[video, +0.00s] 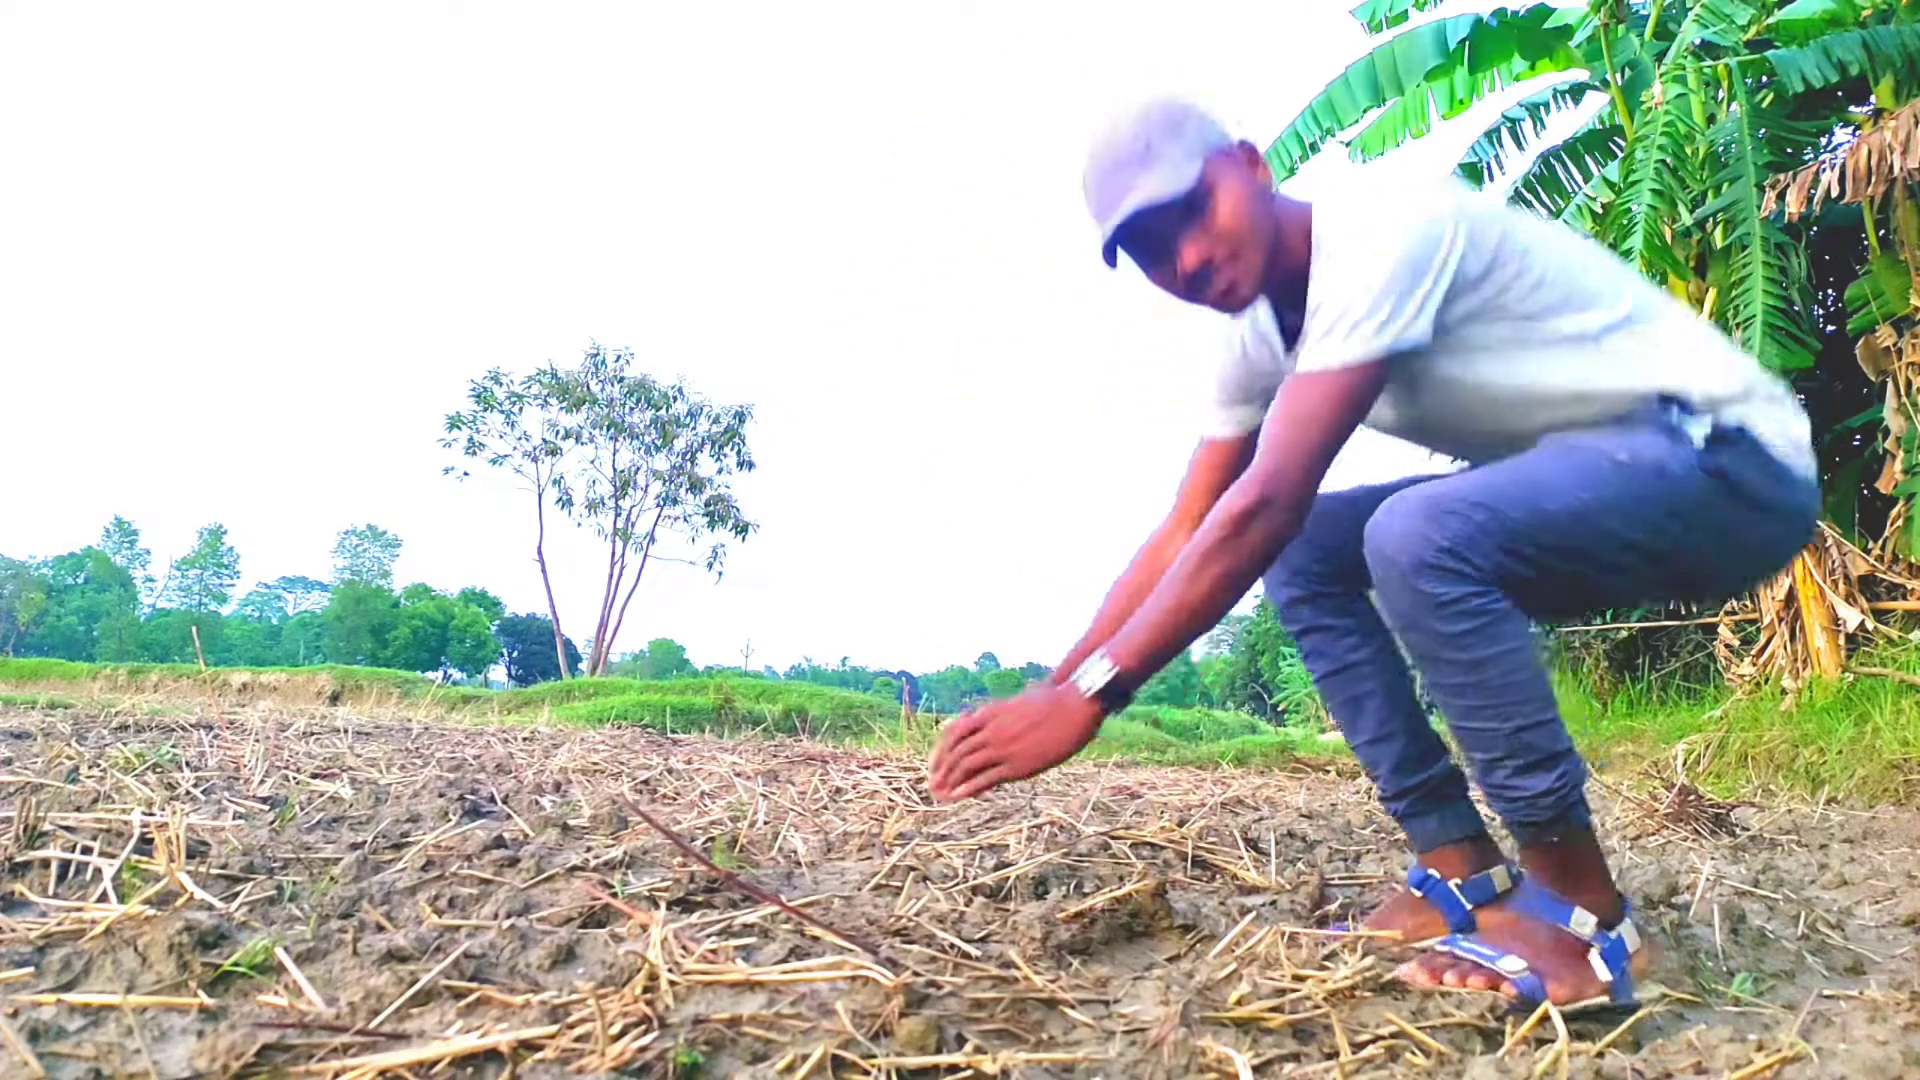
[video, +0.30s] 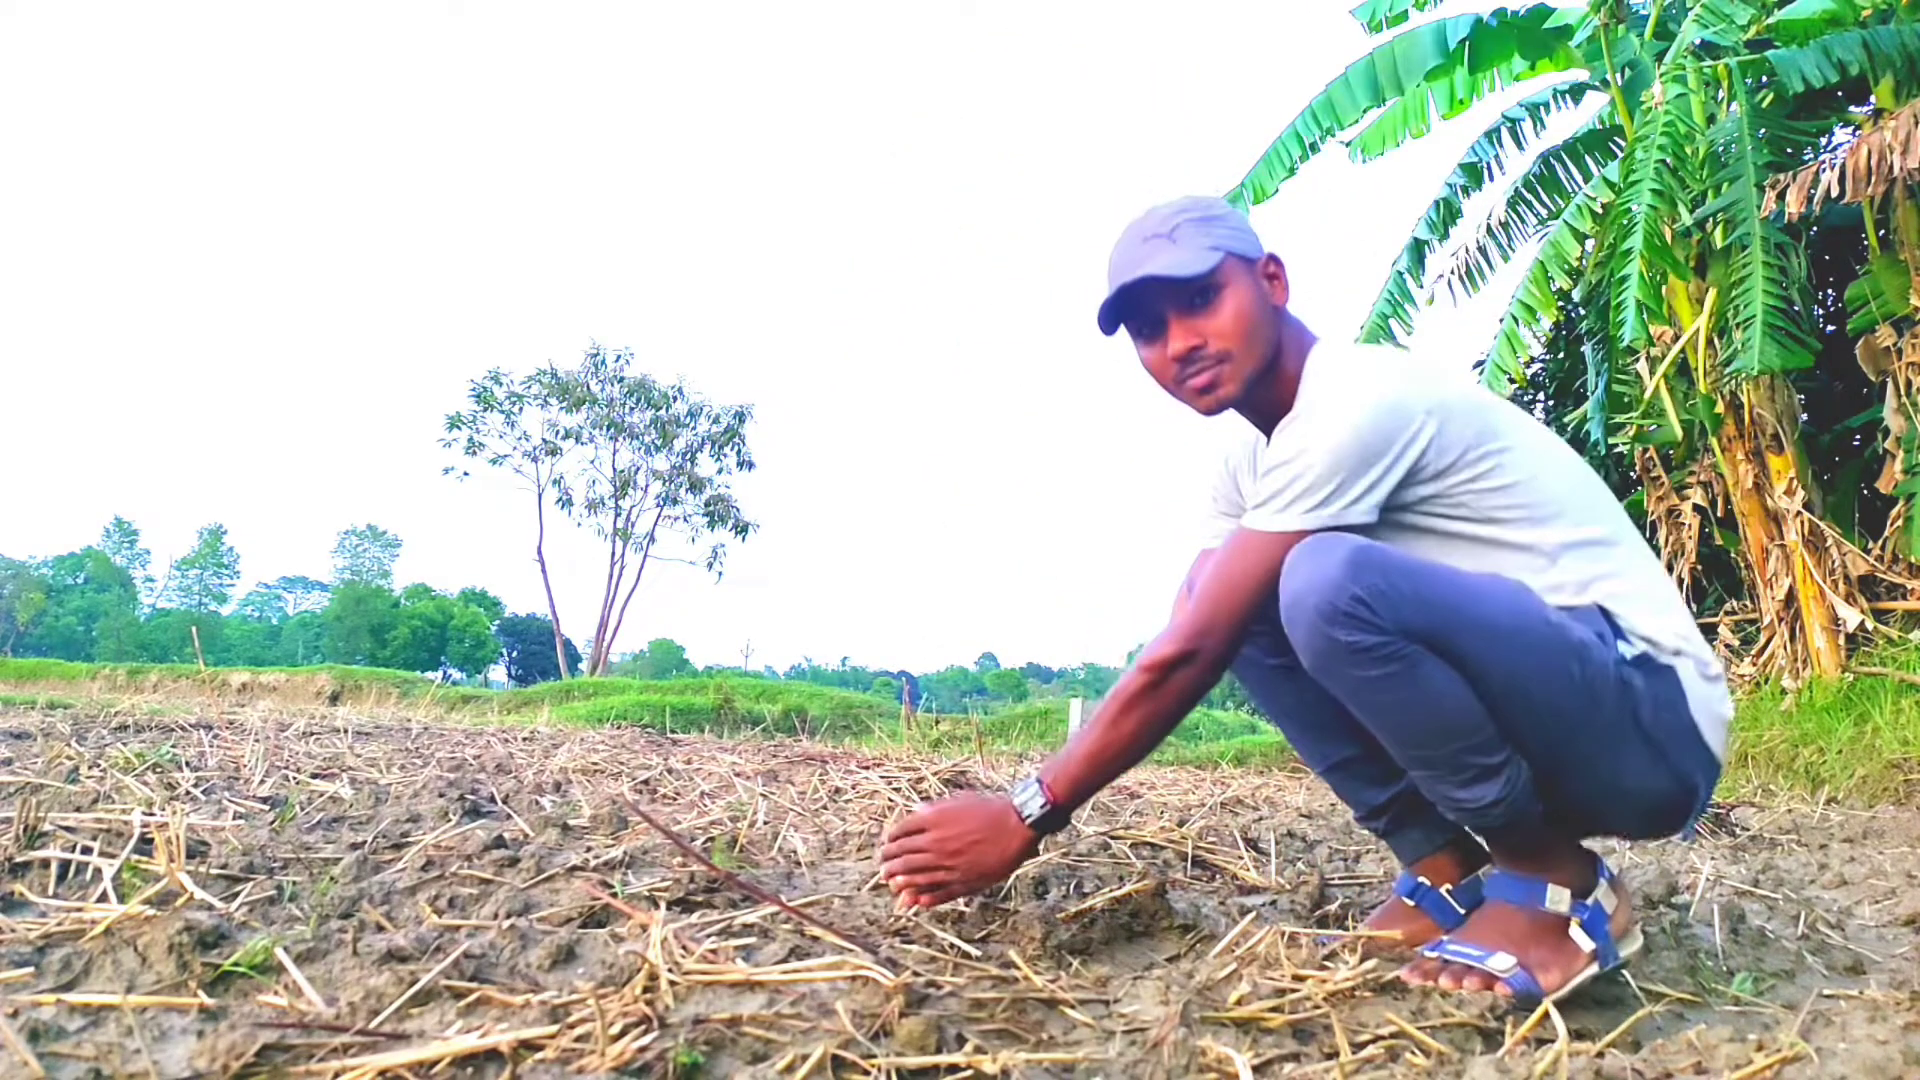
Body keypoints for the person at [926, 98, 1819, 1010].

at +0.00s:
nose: (1184, 261)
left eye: (1190, 212)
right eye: (1148, 251)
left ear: (1250, 168)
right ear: (1142, 270)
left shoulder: (1387, 224)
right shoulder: (1261, 333)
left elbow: (1265, 513)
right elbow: (1193, 521)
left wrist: (1088, 699)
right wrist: (1061, 686)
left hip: (1720, 457)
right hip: (1596, 468)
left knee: (1423, 543)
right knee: (1310, 551)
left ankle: (1581, 918)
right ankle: (1462, 881)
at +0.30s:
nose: (1176, 343)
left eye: (1198, 297)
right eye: (1145, 326)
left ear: (1275, 282)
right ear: (1133, 351)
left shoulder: (1361, 403)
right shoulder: (1250, 467)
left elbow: (1189, 654)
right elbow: (1177, 657)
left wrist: (1032, 812)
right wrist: (1032, 809)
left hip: (1649, 717)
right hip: (1549, 730)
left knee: (1333, 586)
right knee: (1243, 625)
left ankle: (1552, 883)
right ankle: (1449, 870)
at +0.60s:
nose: (1178, 293)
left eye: (1204, 250)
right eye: (1148, 275)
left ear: (1277, 247)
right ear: (1138, 306)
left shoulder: (1360, 371)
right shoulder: (1246, 451)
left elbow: (1179, 611)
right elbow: (1182, 632)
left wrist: (983, 697)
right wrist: (985, 695)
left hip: (1630, 705)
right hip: (1522, 723)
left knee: (1305, 588)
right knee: (1215, 615)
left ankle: (1544, 881)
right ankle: (1442, 869)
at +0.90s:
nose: (1225, 230)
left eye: (1255, 195)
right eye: (1197, 211)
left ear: (1326, 199)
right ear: (1182, 241)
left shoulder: (1389, 306)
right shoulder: (1278, 380)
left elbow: (1139, 395)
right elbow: (1099, 482)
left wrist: (952, 347)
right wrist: (959, 372)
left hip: (1598, 697)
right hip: (1484, 713)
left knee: (1289, 595)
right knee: (1168, 624)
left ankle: (1534, 862)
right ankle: (1435, 870)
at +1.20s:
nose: (1256, 199)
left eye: (1287, 164)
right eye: (1232, 186)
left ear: (1358, 174)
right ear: (1212, 209)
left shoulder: (1411, 262)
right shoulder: (1279, 342)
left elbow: (1155, 262)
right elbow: (1098, 368)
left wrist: (997, 180)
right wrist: (992, 216)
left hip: (1581, 684)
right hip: (1459, 697)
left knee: (1276, 603)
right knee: (1156, 642)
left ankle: (1535, 857)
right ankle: (1436, 859)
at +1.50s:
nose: (1266, 193)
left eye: (1299, 155)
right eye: (1241, 178)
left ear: (1372, 168)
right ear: (1221, 200)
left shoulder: (1427, 256)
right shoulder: (1298, 330)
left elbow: (1165, 251)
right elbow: (1115, 349)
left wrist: (1001, 173)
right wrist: (998, 208)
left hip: (1580, 684)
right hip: (1460, 692)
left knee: (1269, 608)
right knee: (1155, 644)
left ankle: (1538, 857)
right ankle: (1434, 860)